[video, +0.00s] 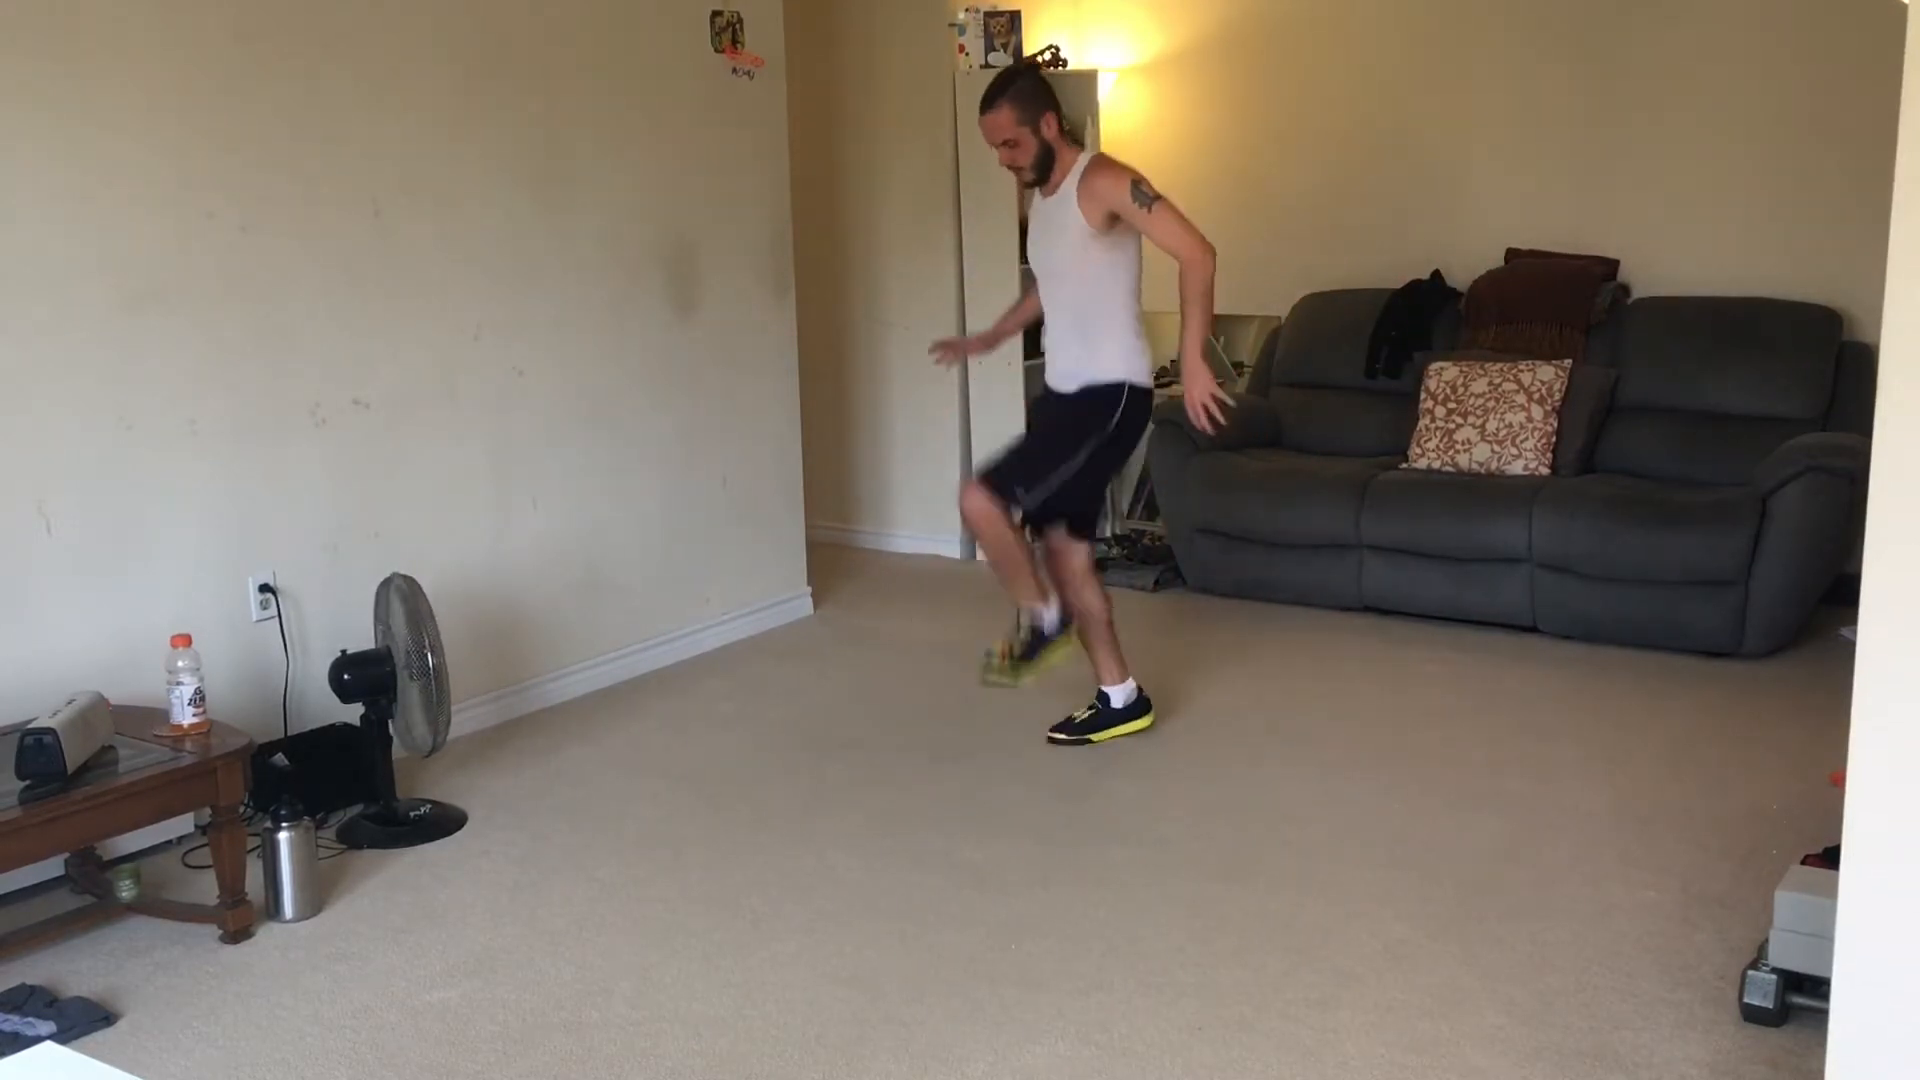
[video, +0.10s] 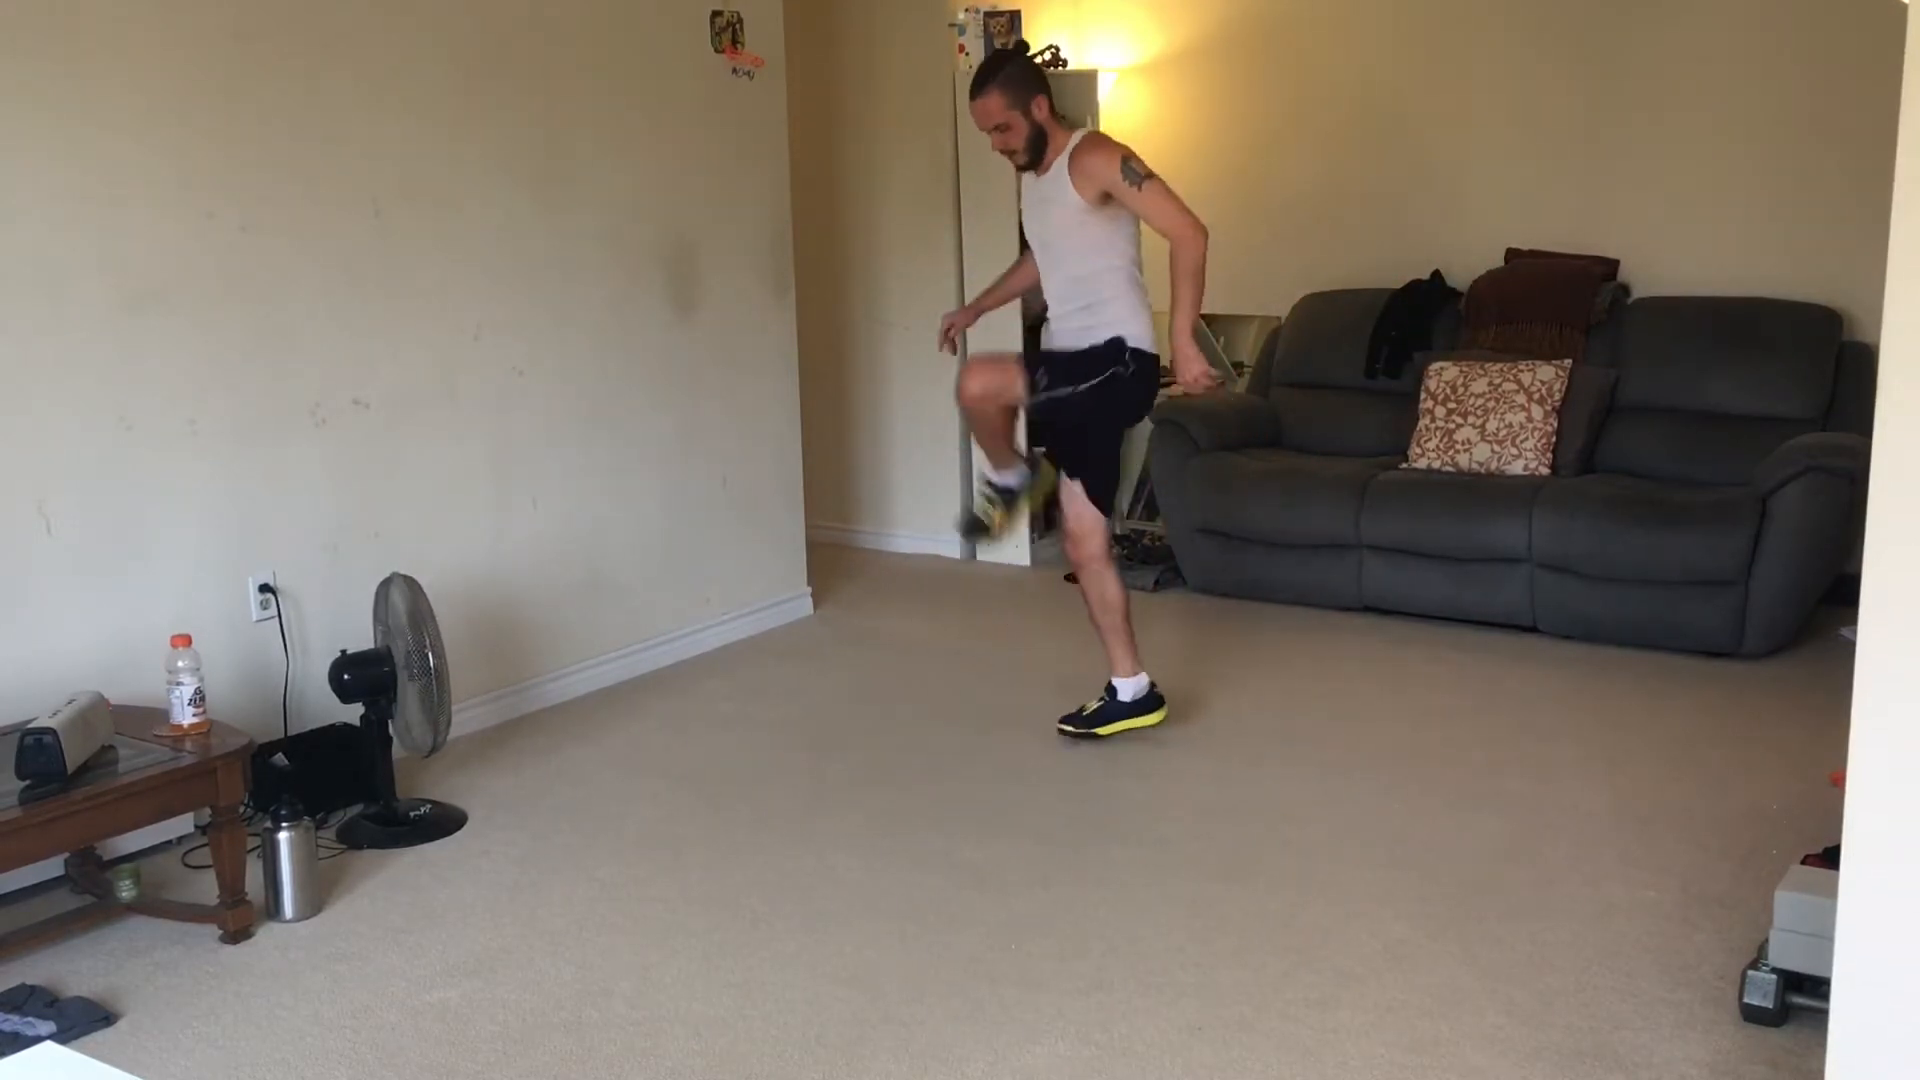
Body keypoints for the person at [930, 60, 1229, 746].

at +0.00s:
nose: (1003, 159)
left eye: (1009, 143)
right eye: (994, 146)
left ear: (1049, 125)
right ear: (1020, 135)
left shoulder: (1105, 180)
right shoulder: (1040, 197)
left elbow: (1197, 254)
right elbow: (1048, 287)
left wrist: (1195, 361)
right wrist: (984, 341)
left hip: (1111, 394)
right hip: (1064, 392)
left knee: (983, 498)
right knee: (1066, 549)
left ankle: (1043, 617)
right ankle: (1120, 695)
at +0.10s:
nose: (995, 144)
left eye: (1001, 128)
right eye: (987, 132)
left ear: (1039, 109)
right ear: (1011, 120)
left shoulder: (1097, 158)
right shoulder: (1033, 178)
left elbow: (1189, 234)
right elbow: (1043, 259)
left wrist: (1184, 340)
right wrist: (973, 309)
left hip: (1118, 360)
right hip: (1066, 361)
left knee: (978, 382)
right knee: (1085, 543)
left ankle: (1011, 484)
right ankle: (1131, 690)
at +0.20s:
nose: (992, 155)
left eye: (997, 138)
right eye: (983, 143)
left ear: (1034, 116)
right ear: (991, 134)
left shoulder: (1096, 165)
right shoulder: (1035, 189)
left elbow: (1187, 239)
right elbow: (1047, 276)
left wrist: (1187, 346)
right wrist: (973, 325)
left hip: (1129, 367)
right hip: (1081, 368)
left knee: (997, 389)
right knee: (1089, 550)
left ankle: (911, 476)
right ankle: (1142, 703)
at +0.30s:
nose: (998, 186)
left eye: (1004, 170)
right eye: (990, 175)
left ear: (1043, 146)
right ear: (995, 163)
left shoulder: (1097, 198)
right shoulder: (1044, 223)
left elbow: (1190, 271)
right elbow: (1057, 313)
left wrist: (1186, 378)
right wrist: (983, 362)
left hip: (1134, 405)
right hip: (1094, 408)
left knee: (986, 475)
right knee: (1072, 582)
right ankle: (1136, 728)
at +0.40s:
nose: (996, 194)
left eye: (1002, 177)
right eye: (987, 181)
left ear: (1042, 157)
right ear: (1017, 168)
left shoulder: (1096, 207)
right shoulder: (1036, 234)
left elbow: (1190, 273)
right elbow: (1040, 327)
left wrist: (1165, 383)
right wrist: (971, 374)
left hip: (1125, 419)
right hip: (1081, 422)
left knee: (1003, 539)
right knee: (1048, 577)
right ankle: (1131, 728)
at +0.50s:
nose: (985, 175)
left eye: (991, 158)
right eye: (975, 163)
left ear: (1028, 133)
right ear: (974, 154)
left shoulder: (1093, 178)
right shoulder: (1008, 211)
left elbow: (1188, 233)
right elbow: (1019, 291)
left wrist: (1133, 327)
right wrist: (968, 351)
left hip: (1133, 390)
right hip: (1067, 399)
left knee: (1051, 526)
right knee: (1059, 568)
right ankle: (1129, 720)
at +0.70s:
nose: (960, 213)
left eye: (963, 198)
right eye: (948, 204)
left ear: (996, 166)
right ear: (949, 192)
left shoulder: (1082, 183)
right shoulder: (975, 232)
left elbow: (1187, 235)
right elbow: (959, 307)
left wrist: (1117, 315)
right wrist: (926, 389)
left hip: (1152, 385)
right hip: (1066, 400)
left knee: (1154, 512)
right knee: (1046, 564)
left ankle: (1045, 547)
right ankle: (1073, 695)